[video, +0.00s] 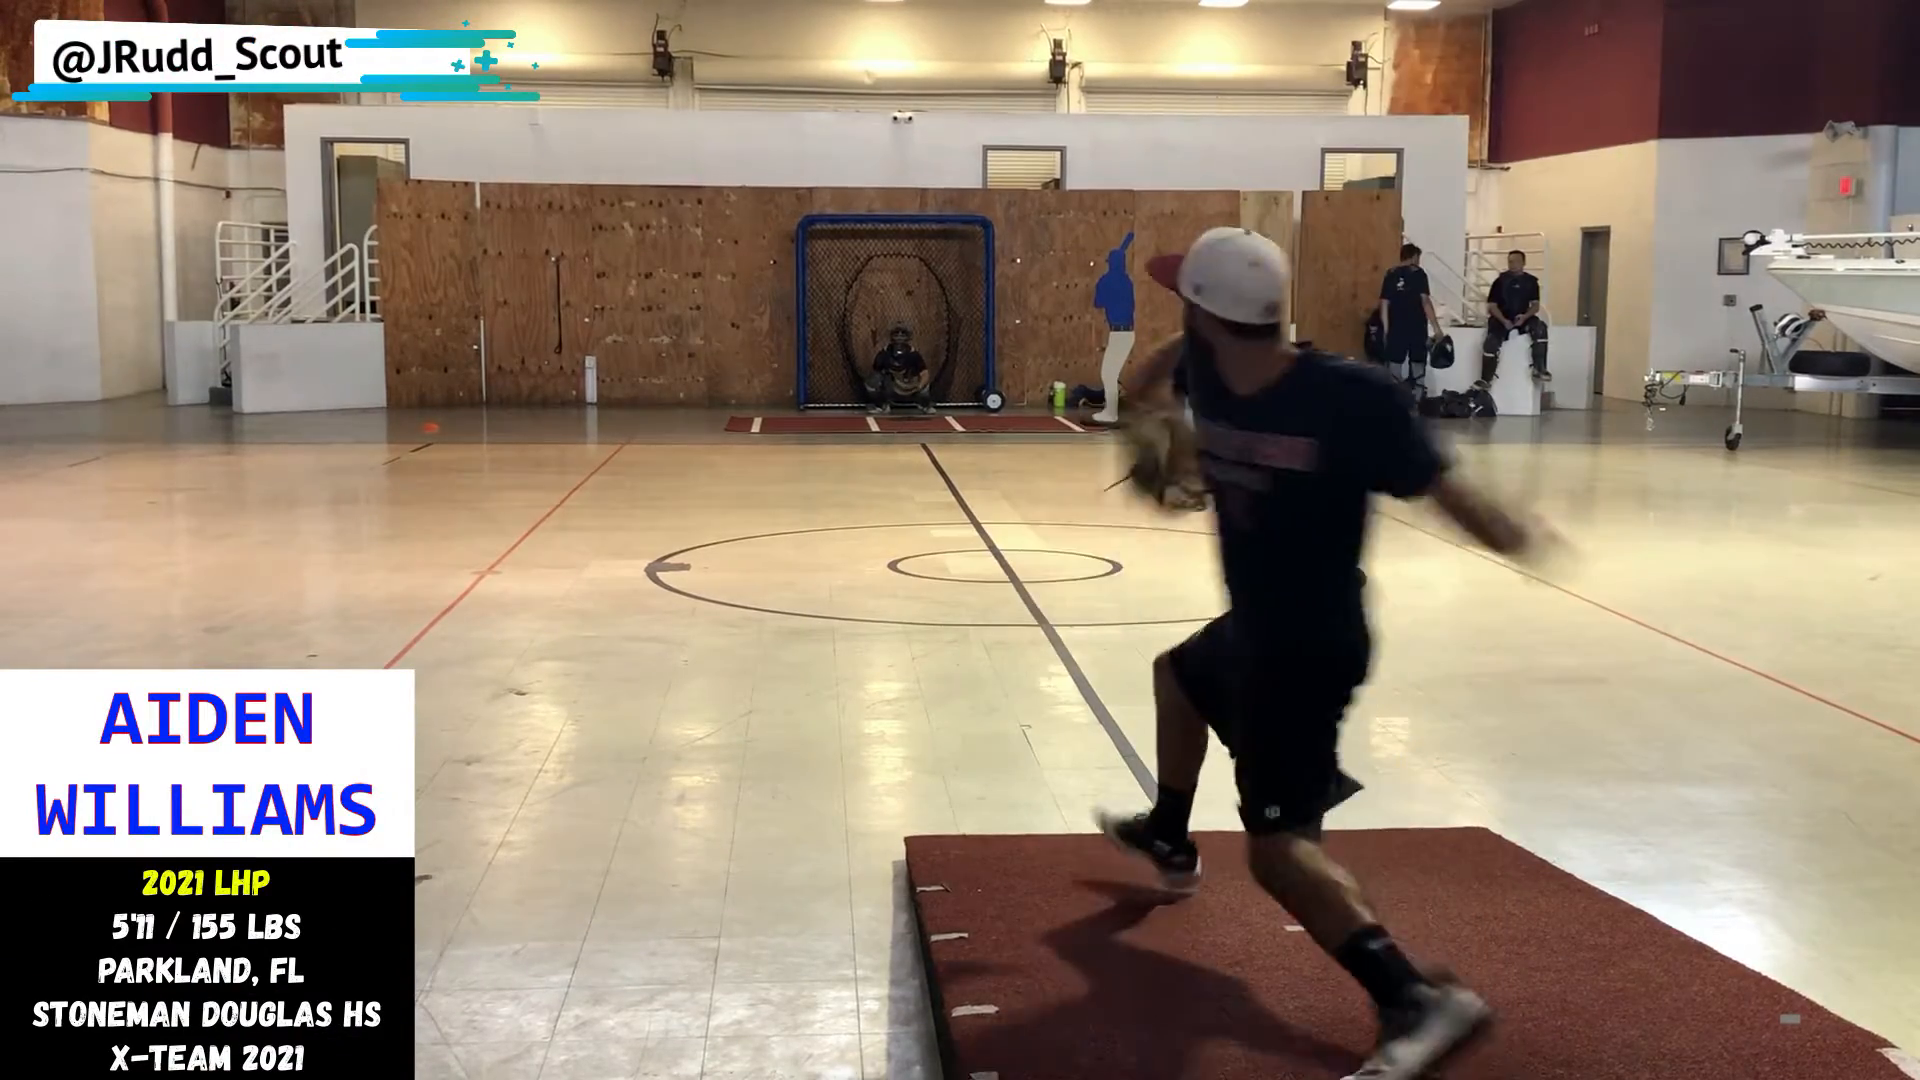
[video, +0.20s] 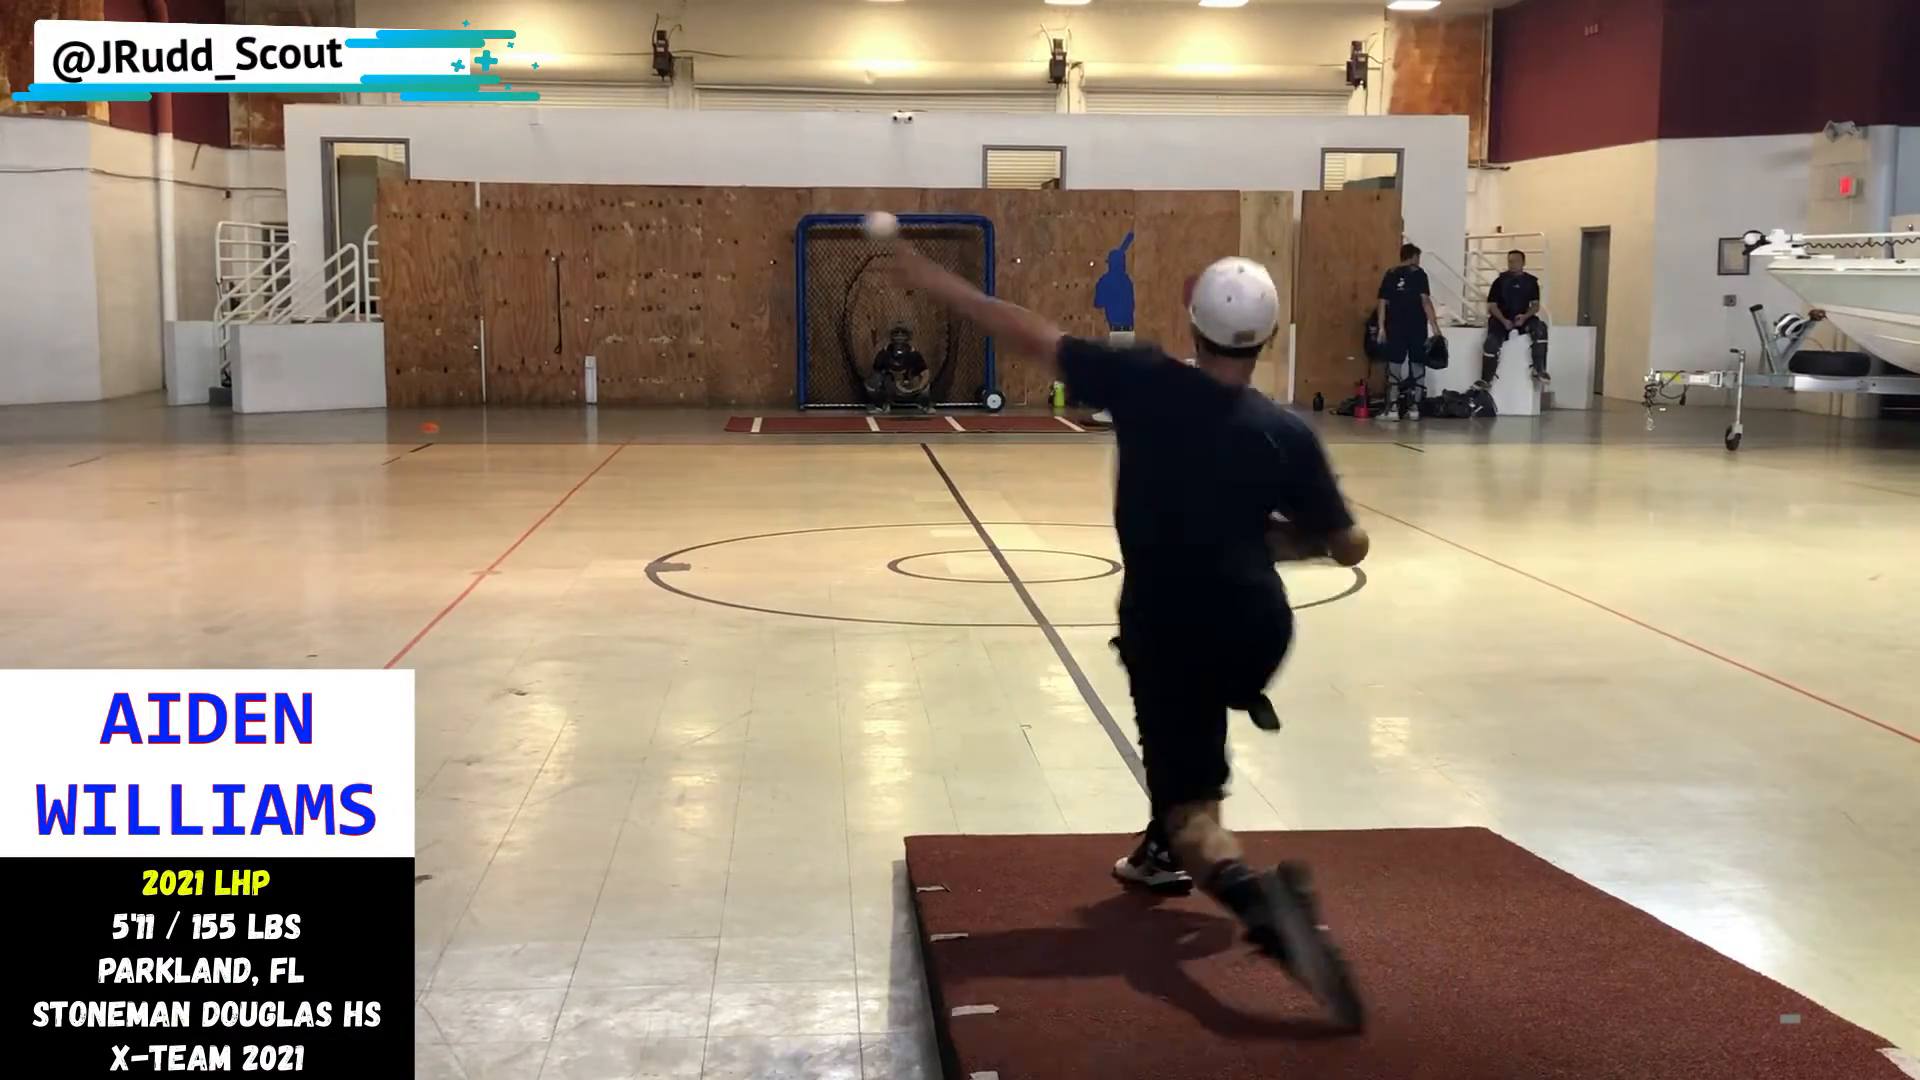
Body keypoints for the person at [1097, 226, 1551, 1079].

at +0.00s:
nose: (1183, 319)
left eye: (1187, 308)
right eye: (1185, 309)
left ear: (1207, 317)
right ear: (1274, 309)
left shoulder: (1354, 400)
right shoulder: (1210, 374)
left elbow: (1446, 486)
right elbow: (1143, 385)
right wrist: (1149, 437)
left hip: (1312, 642)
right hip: (1257, 619)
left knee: (1278, 848)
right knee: (1175, 679)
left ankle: (1413, 1002)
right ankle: (1167, 830)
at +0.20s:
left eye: (1192, 310)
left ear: (1191, 322)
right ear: (1266, 337)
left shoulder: (1141, 381)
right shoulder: (1286, 434)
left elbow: (1028, 333)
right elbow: (1344, 542)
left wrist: (920, 271)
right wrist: (1262, 535)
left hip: (1164, 632)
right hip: (1257, 630)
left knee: (1193, 819)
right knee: (1193, 711)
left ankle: (1259, 900)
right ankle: (1169, 844)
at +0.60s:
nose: (1316, 340)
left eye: (1307, 335)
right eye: (1319, 333)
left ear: (1258, 316)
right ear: (1315, 332)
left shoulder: (1228, 362)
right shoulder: (1292, 348)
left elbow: (1165, 451)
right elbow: (1218, 341)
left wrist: (1212, 541)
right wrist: (1216, 404)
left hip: (1112, 473)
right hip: (1176, 495)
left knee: (978, 566)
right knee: (1161, 677)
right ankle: (1149, 843)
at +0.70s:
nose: (1328, 318)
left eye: (1311, 310)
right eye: (1330, 310)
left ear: (1266, 301)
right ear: (1328, 311)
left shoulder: (1237, 347)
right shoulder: (1303, 338)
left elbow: (1210, 441)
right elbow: (1247, 343)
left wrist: (1251, 507)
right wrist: (1244, 416)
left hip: (1109, 465)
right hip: (1177, 484)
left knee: (975, 606)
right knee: (1160, 671)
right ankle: (1145, 846)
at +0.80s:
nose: (1331, 291)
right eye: (1333, 283)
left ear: (1267, 277)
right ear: (1329, 282)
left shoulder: (1241, 325)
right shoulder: (1309, 304)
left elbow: (1221, 421)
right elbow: (1278, 339)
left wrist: (1275, 497)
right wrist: (1288, 442)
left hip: (1110, 458)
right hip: (1177, 475)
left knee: (1046, 617)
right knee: (1155, 664)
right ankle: (1141, 844)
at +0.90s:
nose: (1334, 257)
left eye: (1329, 248)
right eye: (1332, 248)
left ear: (1258, 254)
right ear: (1322, 254)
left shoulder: (1229, 304)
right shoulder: (1305, 281)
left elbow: (1174, 398)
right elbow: (1296, 325)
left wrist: (1232, 473)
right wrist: (1324, 436)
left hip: (1119, 475)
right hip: (1185, 489)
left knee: (1118, 632)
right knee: (1162, 667)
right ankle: (1139, 841)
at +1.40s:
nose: (1286, 206)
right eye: (1292, 197)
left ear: (1229, 198)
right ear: (1292, 201)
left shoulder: (1188, 280)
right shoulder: (1311, 270)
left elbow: (1182, 390)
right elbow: (1333, 366)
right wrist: (1377, 436)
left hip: (1209, 498)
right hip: (1294, 497)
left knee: (1225, 647)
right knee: (1308, 635)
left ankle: (1220, 805)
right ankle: (1320, 790)